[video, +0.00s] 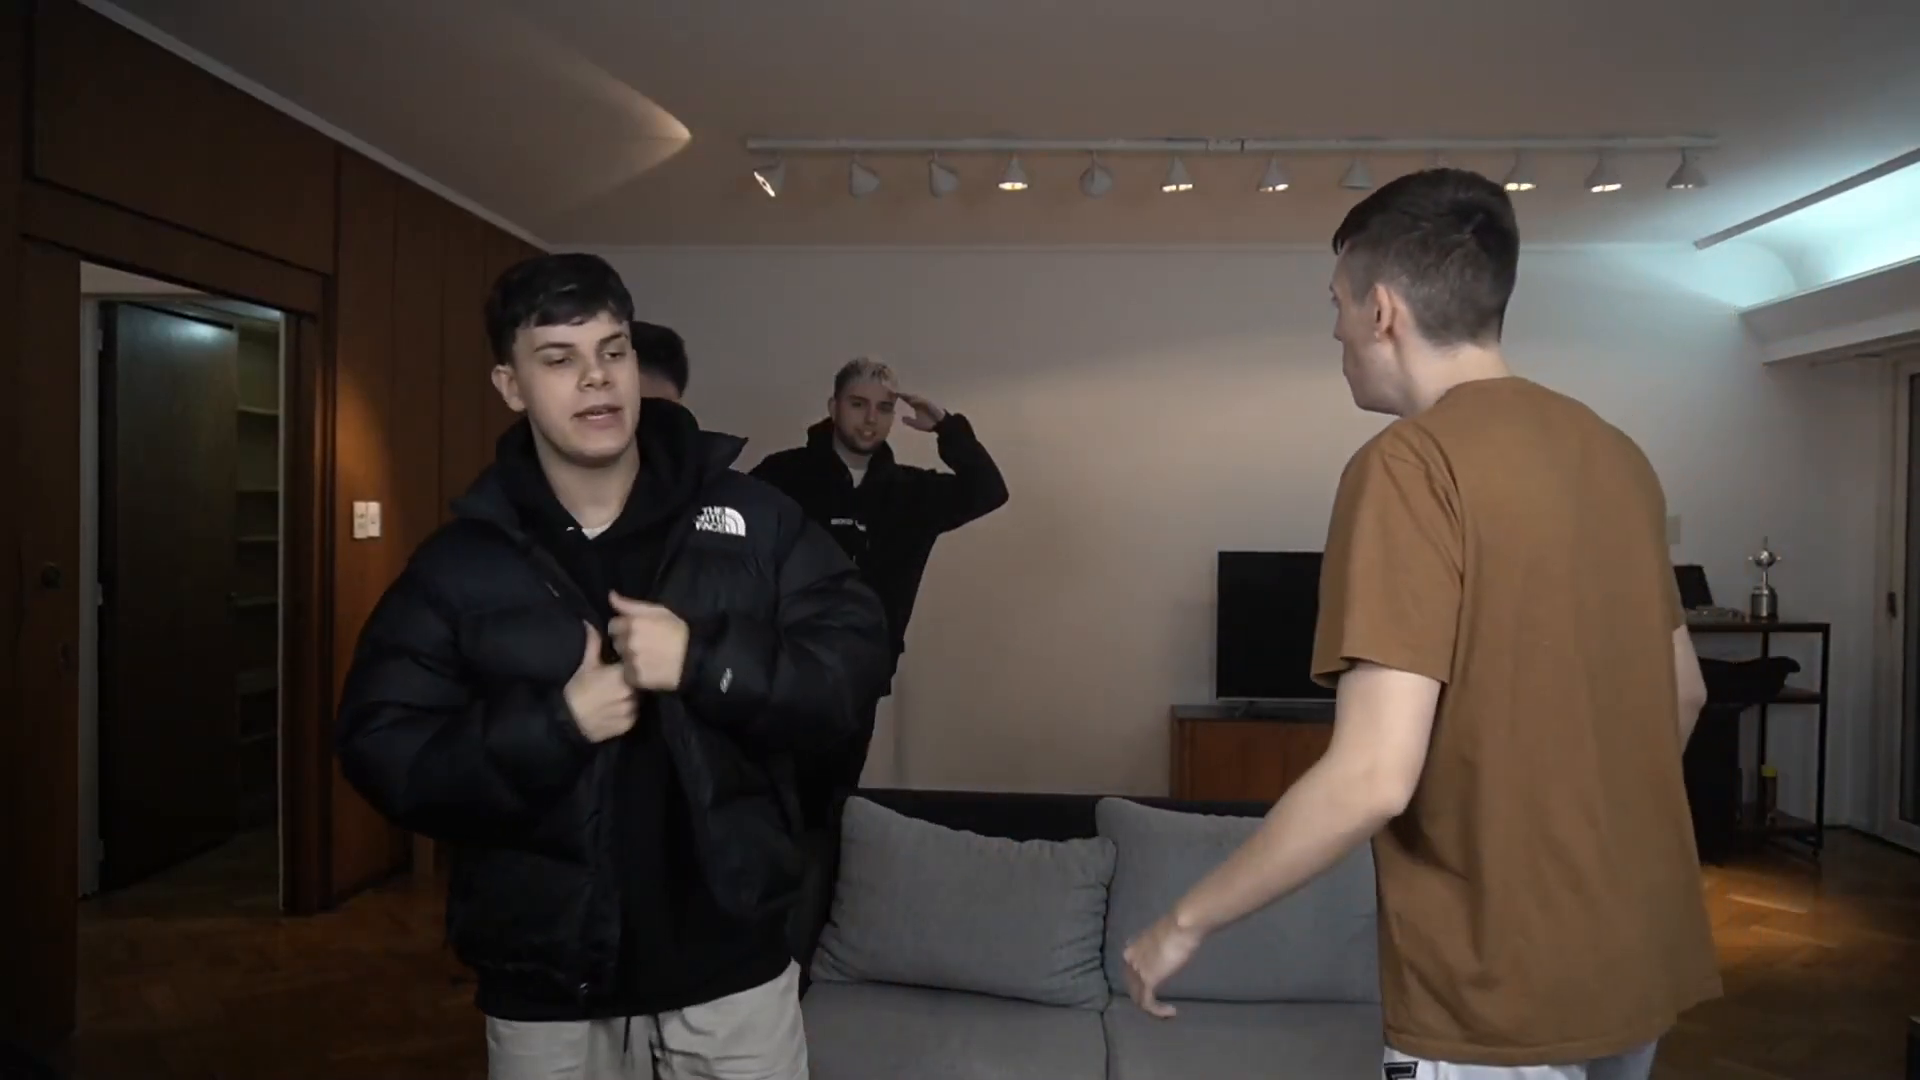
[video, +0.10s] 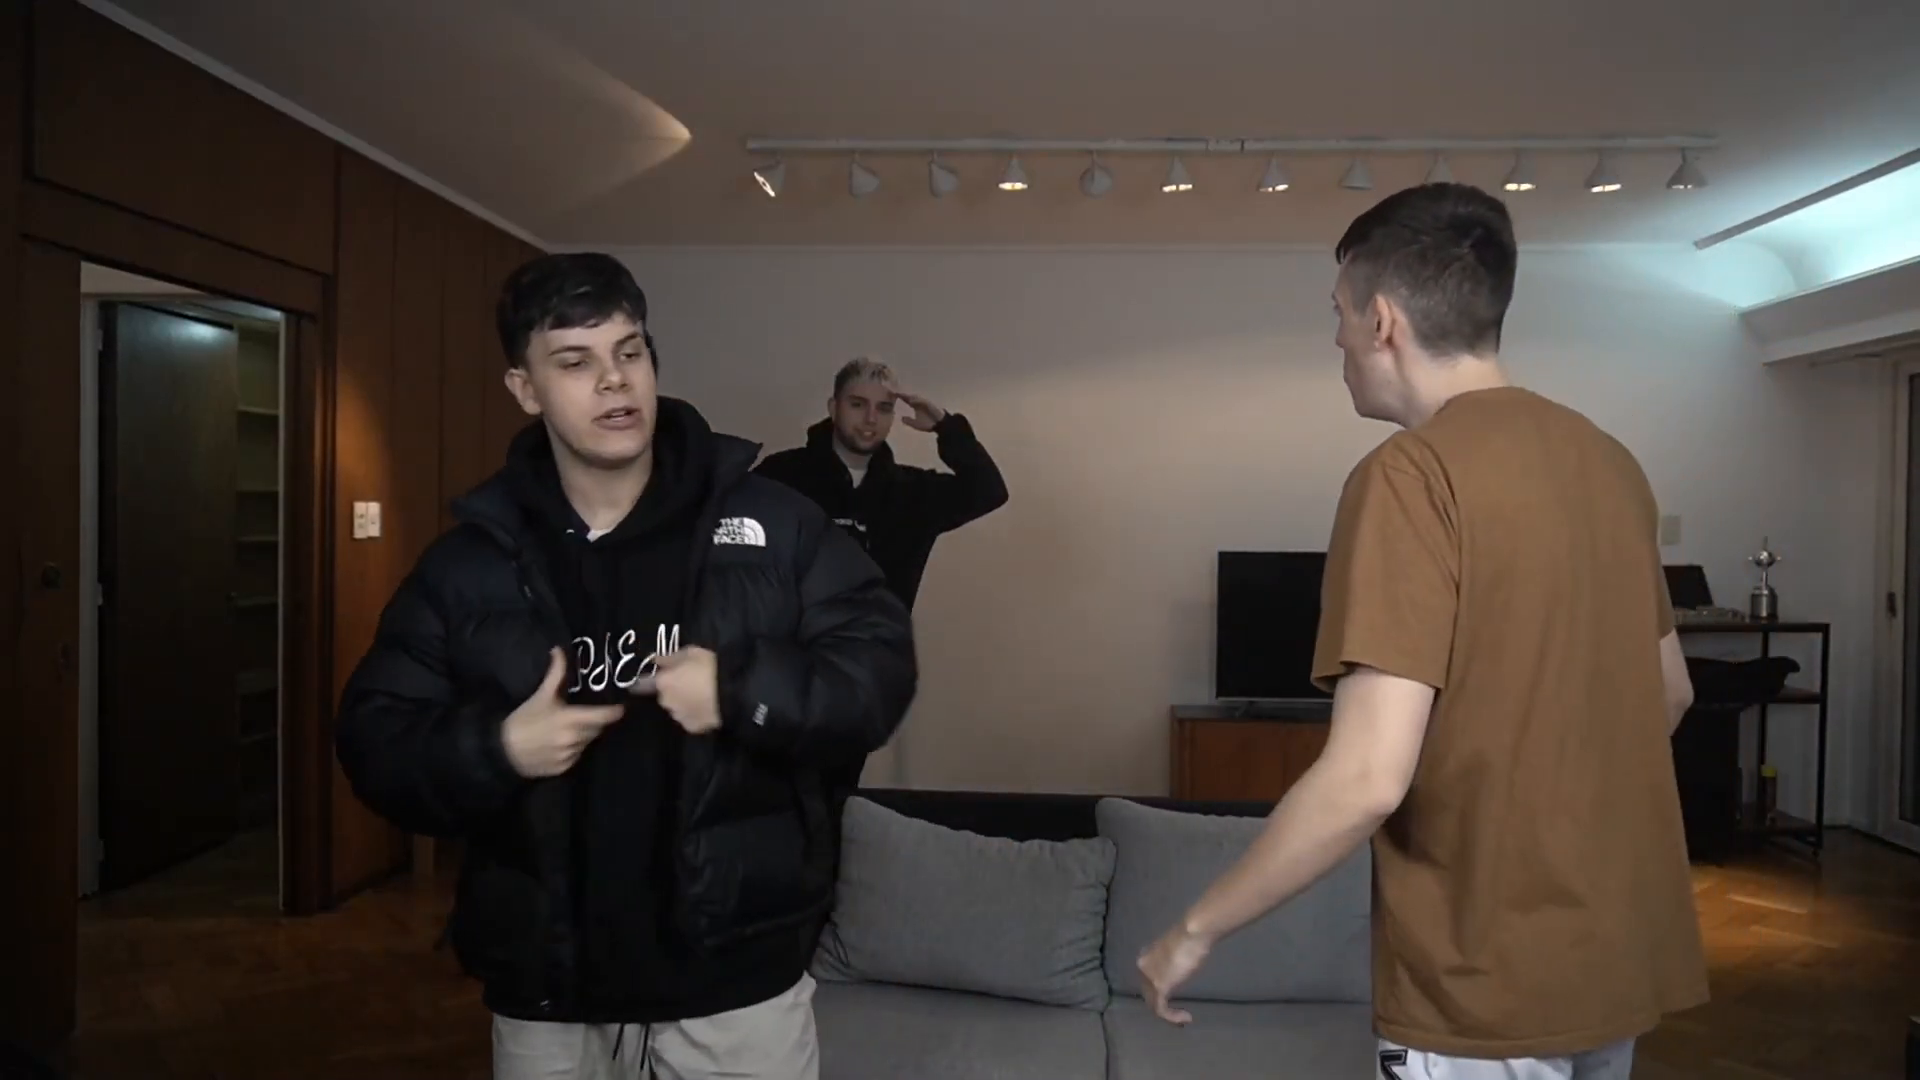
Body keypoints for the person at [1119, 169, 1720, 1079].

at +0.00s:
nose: (1339, 337)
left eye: (1338, 309)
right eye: (1336, 310)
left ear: (1385, 310)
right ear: (1488, 303)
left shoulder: (1412, 462)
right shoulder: (1616, 456)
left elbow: (1372, 774)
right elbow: (1680, 693)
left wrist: (1186, 921)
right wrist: (1589, 828)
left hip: (1486, 996)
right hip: (1638, 965)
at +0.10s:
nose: (1340, 347)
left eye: (1340, 318)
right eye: (1338, 318)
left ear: (1385, 321)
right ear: (1486, 313)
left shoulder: (1412, 473)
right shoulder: (1609, 462)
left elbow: (1366, 775)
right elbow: (1667, 689)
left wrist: (1197, 928)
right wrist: (1557, 795)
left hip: (1476, 986)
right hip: (1620, 962)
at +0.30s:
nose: (1378, 366)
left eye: (1380, 338)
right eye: (1378, 339)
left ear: (1420, 339)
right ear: (1516, 336)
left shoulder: (1421, 476)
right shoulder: (1625, 472)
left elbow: (1390, 744)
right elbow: (1665, 663)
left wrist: (1284, 950)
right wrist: (1523, 683)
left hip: (1469, 964)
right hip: (1619, 952)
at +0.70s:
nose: (1460, 430)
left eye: (1460, 407)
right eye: (1459, 407)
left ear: (1485, 408)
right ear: (1573, 401)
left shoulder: (1471, 509)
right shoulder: (1678, 498)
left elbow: (1443, 682)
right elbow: (1707, 602)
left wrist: (1361, 864)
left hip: (1528, 915)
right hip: (1687, 909)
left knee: (1490, 1067)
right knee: (1661, 1068)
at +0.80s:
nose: (1458, 424)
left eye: (1456, 402)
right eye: (1454, 403)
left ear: (1486, 400)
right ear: (1563, 388)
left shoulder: (1481, 497)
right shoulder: (1670, 478)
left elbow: (1425, 651)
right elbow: (1709, 555)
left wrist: (1303, 790)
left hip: (1537, 865)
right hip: (1682, 865)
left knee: (1526, 1065)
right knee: (1658, 1070)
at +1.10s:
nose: (1455, 456)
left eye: (1455, 435)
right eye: (1451, 437)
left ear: (1494, 428)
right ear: (1550, 415)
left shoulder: (1497, 519)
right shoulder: (1667, 481)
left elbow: (1386, 647)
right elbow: (1758, 565)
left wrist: (1252, 724)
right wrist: (1677, 622)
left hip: (1588, 811)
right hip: (1723, 796)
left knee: (1571, 1031)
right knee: (1679, 992)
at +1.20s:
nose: (1470, 449)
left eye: (1471, 430)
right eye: (1466, 431)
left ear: (1511, 422)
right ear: (1556, 414)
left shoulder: (1506, 505)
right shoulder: (1673, 476)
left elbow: (1390, 599)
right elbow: (1777, 549)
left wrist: (1238, 651)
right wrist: (1691, 600)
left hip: (1606, 790)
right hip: (1728, 773)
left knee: (1598, 1010)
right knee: (1696, 978)